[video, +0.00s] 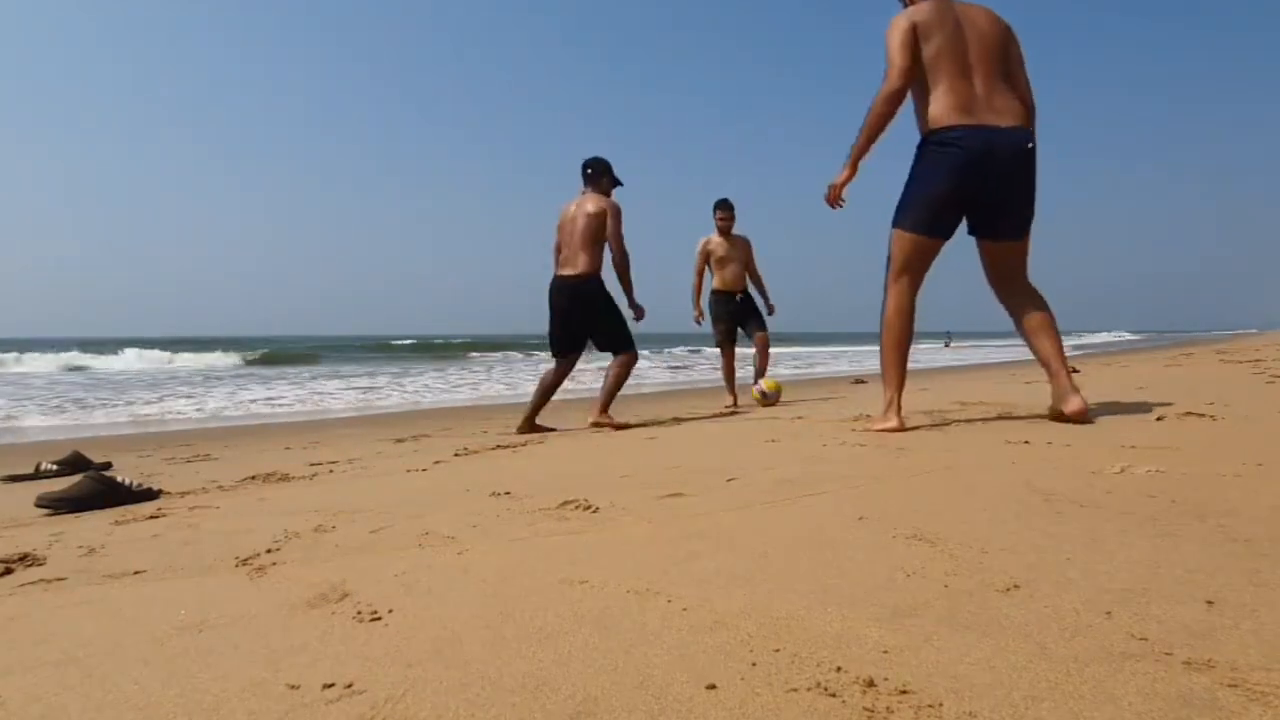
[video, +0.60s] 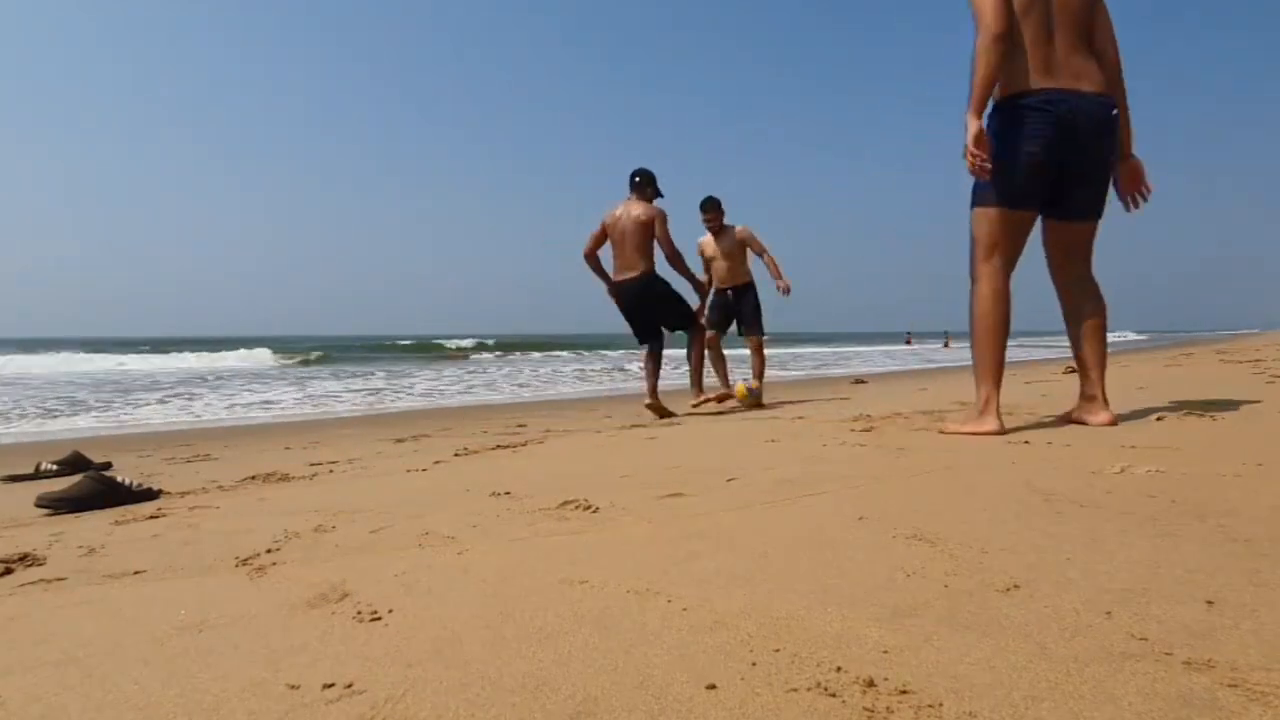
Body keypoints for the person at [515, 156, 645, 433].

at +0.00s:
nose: (613, 186)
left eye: (613, 181)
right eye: (611, 181)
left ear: (587, 179)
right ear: (600, 179)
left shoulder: (568, 208)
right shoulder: (608, 206)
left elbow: (559, 250)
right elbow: (618, 254)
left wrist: (561, 282)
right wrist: (631, 299)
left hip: (560, 286)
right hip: (588, 286)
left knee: (566, 359)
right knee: (627, 354)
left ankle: (528, 420)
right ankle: (600, 413)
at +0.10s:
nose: (627, 184)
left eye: (627, 179)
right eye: (624, 178)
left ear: (602, 175)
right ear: (611, 174)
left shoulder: (582, 207)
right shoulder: (619, 202)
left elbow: (570, 252)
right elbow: (636, 250)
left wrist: (574, 282)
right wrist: (658, 292)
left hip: (575, 284)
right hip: (600, 282)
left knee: (591, 359)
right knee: (629, 354)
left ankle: (542, 406)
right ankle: (603, 418)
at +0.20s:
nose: (638, 186)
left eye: (638, 181)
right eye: (636, 181)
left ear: (613, 178)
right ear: (623, 177)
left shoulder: (592, 212)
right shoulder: (633, 207)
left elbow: (575, 260)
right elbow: (657, 250)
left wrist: (581, 299)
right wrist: (683, 283)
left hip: (585, 283)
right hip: (612, 282)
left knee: (614, 348)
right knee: (631, 354)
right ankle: (603, 417)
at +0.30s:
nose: (643, 186)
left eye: (643, 181)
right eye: (641, 181)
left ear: (618, 179)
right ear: (629, 177)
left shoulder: (598, 211)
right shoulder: (642, 205)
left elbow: (580, 257)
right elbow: (666, 245)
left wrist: (589, 295)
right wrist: (689, 275)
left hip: (601, 282)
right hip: (628, 277)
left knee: (630, 341)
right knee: (628, 344)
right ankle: (606, 407)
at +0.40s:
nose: (648, 189)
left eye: (647, 184)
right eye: (645, 184)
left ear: (623, 183)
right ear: (635, 182)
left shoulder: (602, 216)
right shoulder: (646, 210)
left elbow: (589, 261)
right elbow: (669, 248)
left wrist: (600, 296)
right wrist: (692, 278)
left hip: (613, 283)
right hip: (640, 277)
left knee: (649, 345)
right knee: (655, 342)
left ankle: (659, 404)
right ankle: (632, 386)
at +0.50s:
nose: (653, 194)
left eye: (652, 189)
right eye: (650, 189)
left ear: (629, 188)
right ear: (640, 188)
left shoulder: (609, 219)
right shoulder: (650, 215)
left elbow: (592, 259)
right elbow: (670, 255)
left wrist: (608, 290)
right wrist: (694, 283)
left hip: (619, 290)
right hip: (645, 285)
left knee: (651, 349)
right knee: (685, 343)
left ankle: (660, 408)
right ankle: (667, 378)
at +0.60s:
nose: (657, 193)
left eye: (656, 188)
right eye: (654, 188)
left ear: (633, 187)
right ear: (642, 186)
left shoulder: (612, 216)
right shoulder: (653, 213)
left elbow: (589, 253)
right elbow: (670, 253)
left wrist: (609, 282)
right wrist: (694, 282)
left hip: (621, 287)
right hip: (646, 282)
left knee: (653, 340)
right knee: (695, 328)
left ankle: (652, 397)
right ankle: (697, 393)